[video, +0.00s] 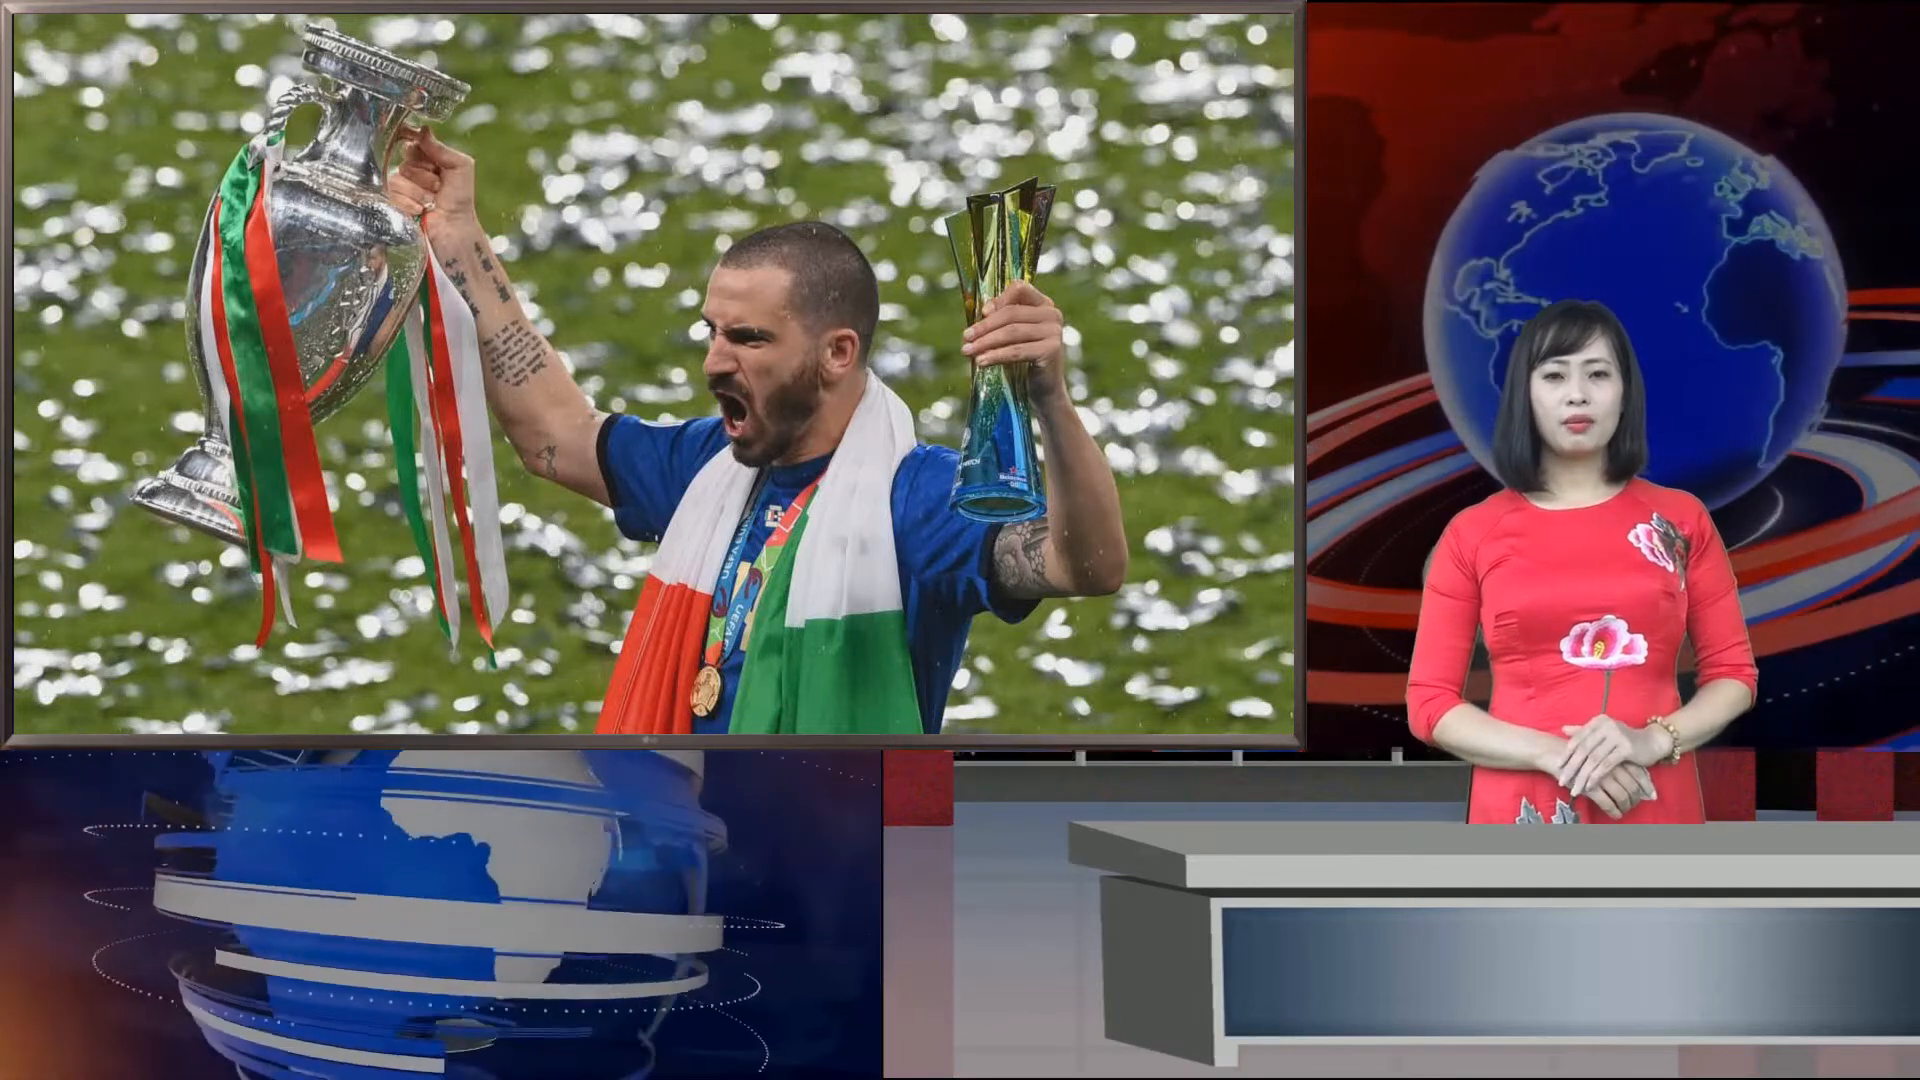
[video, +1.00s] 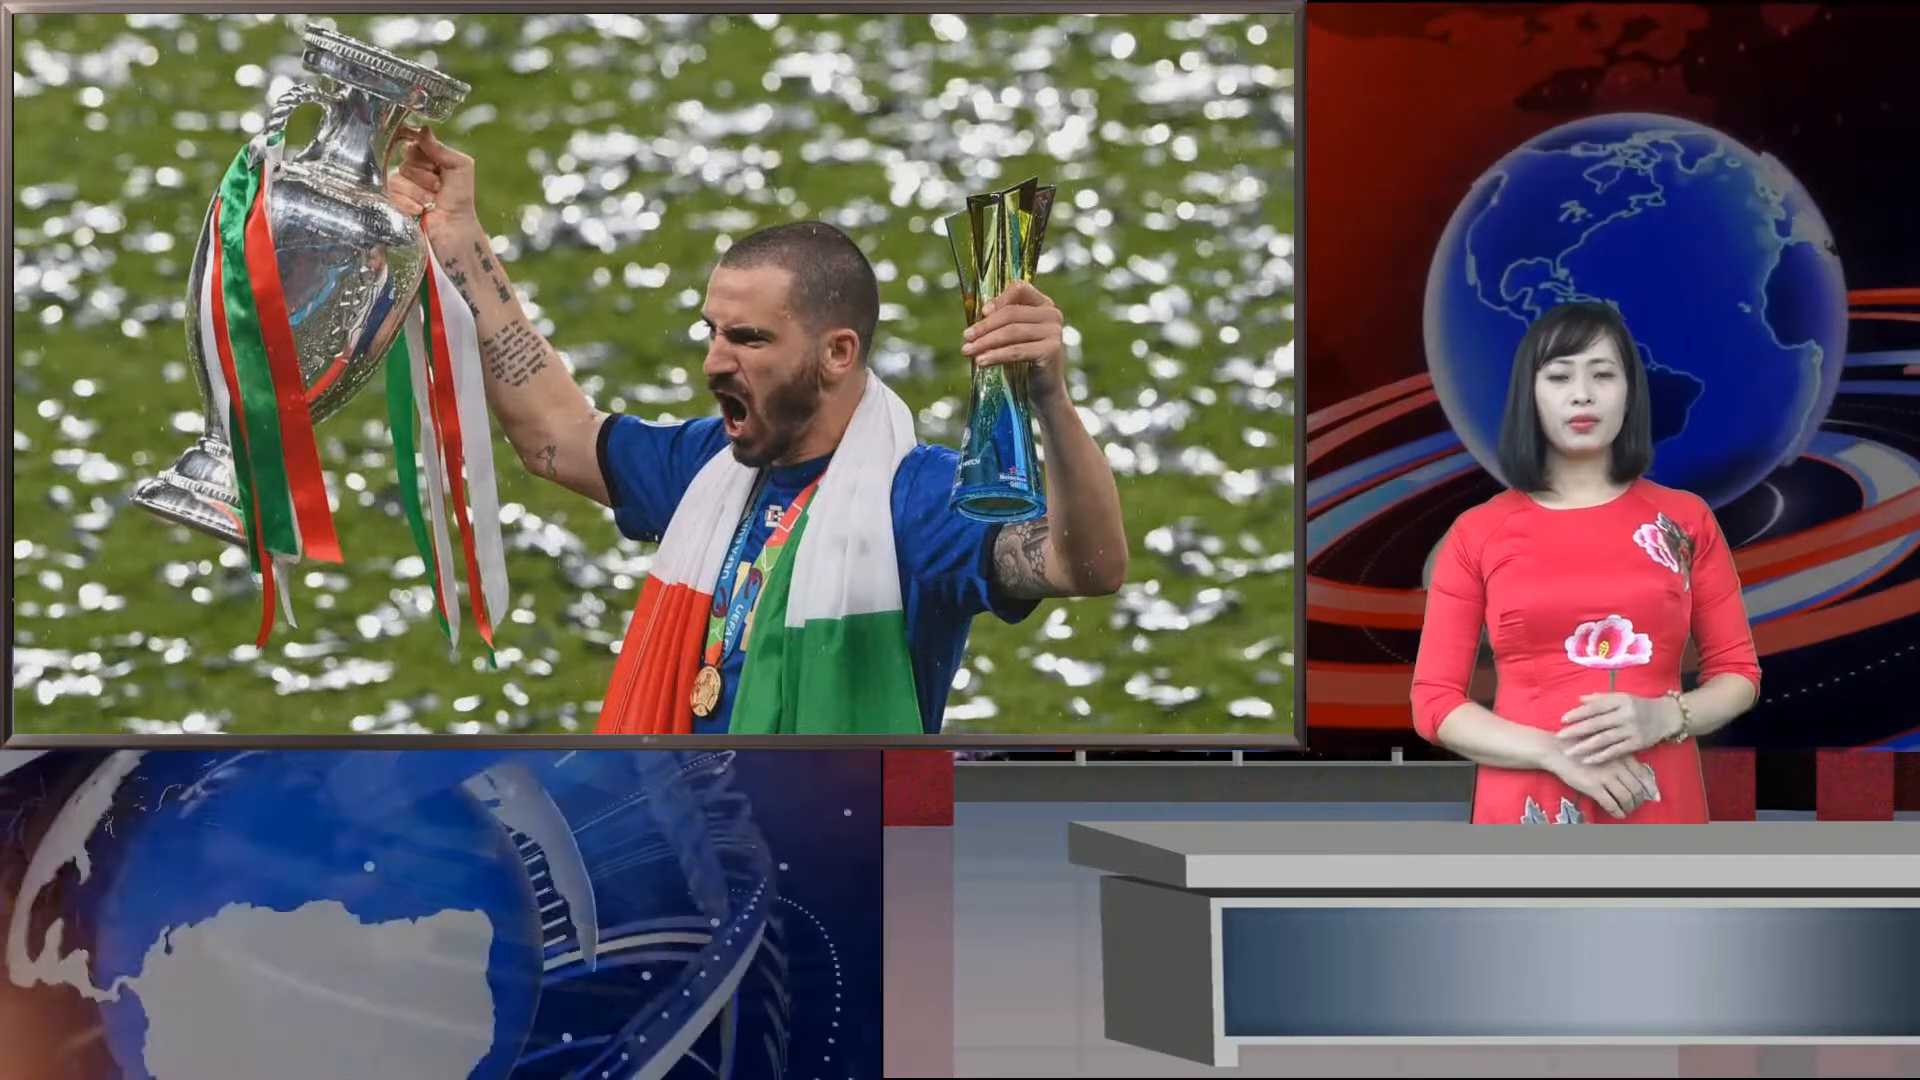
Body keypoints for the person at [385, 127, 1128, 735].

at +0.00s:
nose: (713, 362)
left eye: (747, 339)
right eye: (711, 333)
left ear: (838, 355)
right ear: (705, 327)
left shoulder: (914, 493)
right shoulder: (703, 466)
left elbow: (1090, 563)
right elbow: (557, 438)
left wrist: (1049, 399)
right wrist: (464, 252)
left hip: (834, 908)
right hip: (672, 894)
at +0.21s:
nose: (713, 362)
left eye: (747, 339)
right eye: (711, 333)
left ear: (839, 355)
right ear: (705, 327)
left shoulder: (915, 493)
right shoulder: (703, 466)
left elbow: (1090, 563)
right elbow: (557, 438)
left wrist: (1049, 399)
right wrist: (464, 252)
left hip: (833, 903)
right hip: (670, 886)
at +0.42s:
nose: (713, 362)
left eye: (747, 339)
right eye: (711, 333)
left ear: (839, 355)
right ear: (705, 327)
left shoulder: (915, 493)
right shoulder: (703, 466)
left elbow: (1090, 563)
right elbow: (557, 438)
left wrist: (1049, 399)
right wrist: (465, 254)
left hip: (834, 904)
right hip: (674, 889)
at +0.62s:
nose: (713, 362)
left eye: (747, 339)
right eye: (711, 333)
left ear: (839, 355)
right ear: (705, 327)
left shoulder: (915, 493)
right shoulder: (703, 466)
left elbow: (1090, 563)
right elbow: (557, 438)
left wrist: (1049, 399)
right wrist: (465, 254)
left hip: (832, 903)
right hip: (675, 890)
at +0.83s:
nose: (713, 361)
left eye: (747, 339)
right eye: (711, 333)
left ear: (839, 355)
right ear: (705, 327)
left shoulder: (915, 493)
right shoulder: (703, 465)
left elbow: (1089, 563)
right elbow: (557, 438)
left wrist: (1049, 398)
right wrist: (465, 255)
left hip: (828, 894)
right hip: (672, 882)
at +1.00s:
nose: (713, 361)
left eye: (747, 339)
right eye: (711, 333)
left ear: (839, 355)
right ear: (705, 327)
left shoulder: (914, 493)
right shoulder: (703, 465)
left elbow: (1089, 563)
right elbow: (557, 438)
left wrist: (1049, 398)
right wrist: (465, 255)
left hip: (831, 897)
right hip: (672, 886)